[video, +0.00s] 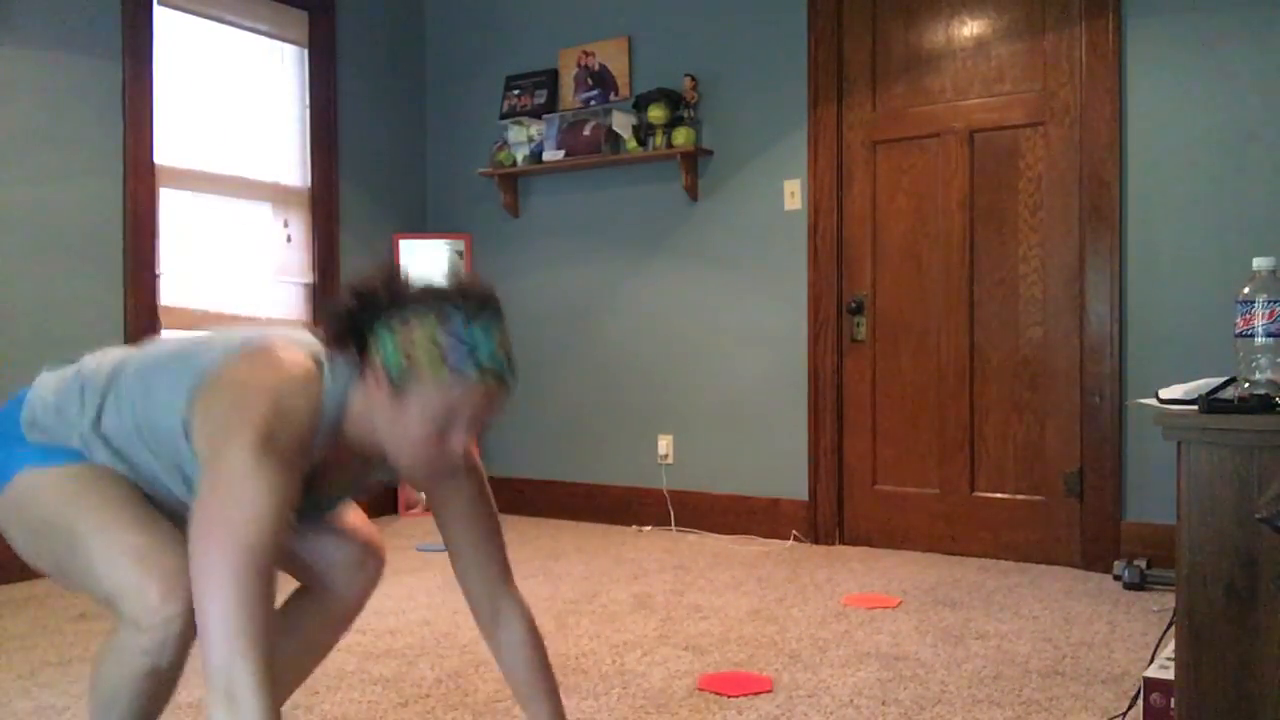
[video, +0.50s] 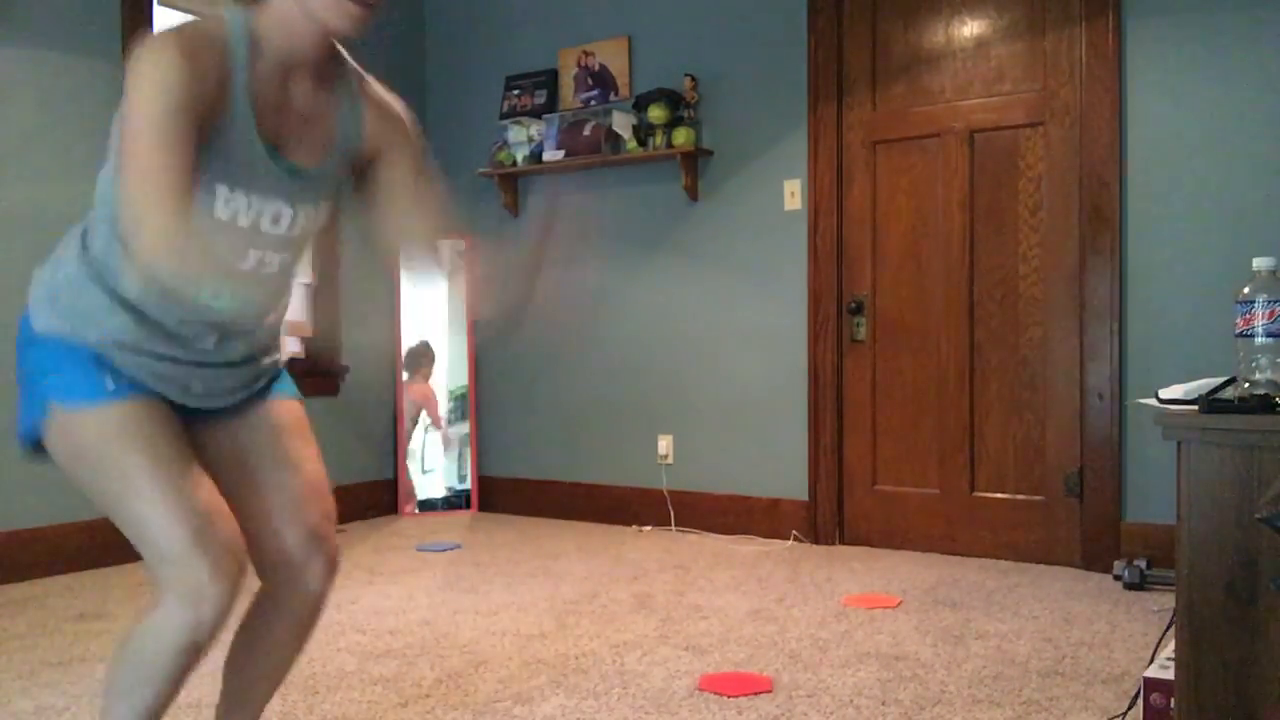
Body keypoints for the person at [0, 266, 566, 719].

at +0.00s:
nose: (468, 449)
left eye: (477, 426)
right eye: (452, 424)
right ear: (382, 382)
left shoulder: (430, 433)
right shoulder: (265, 400)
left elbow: (498, 604)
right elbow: (234, 688)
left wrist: (550, 716)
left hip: (175, 455)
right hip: (45, 442)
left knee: (351, 563)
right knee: (165, 601)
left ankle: (242, 714)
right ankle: (111, 715)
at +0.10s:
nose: (450, 343)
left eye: (463, 318)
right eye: (436, 313)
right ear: (366, 284)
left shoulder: (411, 346)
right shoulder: (251, 329)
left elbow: (486, 512)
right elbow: (162, 574)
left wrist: (522, 660)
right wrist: (224, 710)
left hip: (175, 411)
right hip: (45, 399)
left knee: (328, 549)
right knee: (146, 607)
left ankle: (239, 706)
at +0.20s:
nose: (450, 209)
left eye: (461, 185)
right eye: (430, 181)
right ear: (359, 167)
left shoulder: (420, 274)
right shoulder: (240, 236)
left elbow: (444, 399)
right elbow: (49, 409)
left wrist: (451, 503)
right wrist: (144, 593)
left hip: (185, 356)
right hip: (48, 342)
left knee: (299, 531)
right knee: (138, 546)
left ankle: (234, 714)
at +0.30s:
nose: (442, 94)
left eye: (451, 70)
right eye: (419, 65)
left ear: (461, 78)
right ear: (348, 58)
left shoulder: (409, 194)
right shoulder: (230, 149)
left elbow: (377, 299)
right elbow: (29, 296)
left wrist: (382, 426)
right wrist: (78, 482)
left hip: (209, 343)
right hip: (84, 323)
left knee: (277, 520)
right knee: (139, 530)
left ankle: (228, 716)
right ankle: (98, 713)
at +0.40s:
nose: (421, 13)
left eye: (428, 1)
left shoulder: (396, 150)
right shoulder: (202, 101)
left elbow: (355, 295)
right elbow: (72, 288)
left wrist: (363, 424)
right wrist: (162, 464)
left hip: (223, 343)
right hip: (80, 320)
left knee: (280, 539)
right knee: (164, 541)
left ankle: (229, 713)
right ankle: (102, 711)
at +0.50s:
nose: (367, 2)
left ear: (358, 11)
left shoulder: (377, 118)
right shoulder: (178, 60)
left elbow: (428, 265)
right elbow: (160, 242)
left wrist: (462, 276)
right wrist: (273, 292)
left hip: (236, 361)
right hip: (95, 342)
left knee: (308, 558)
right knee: (205, 574)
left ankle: (234, 717)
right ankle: (122, 713)